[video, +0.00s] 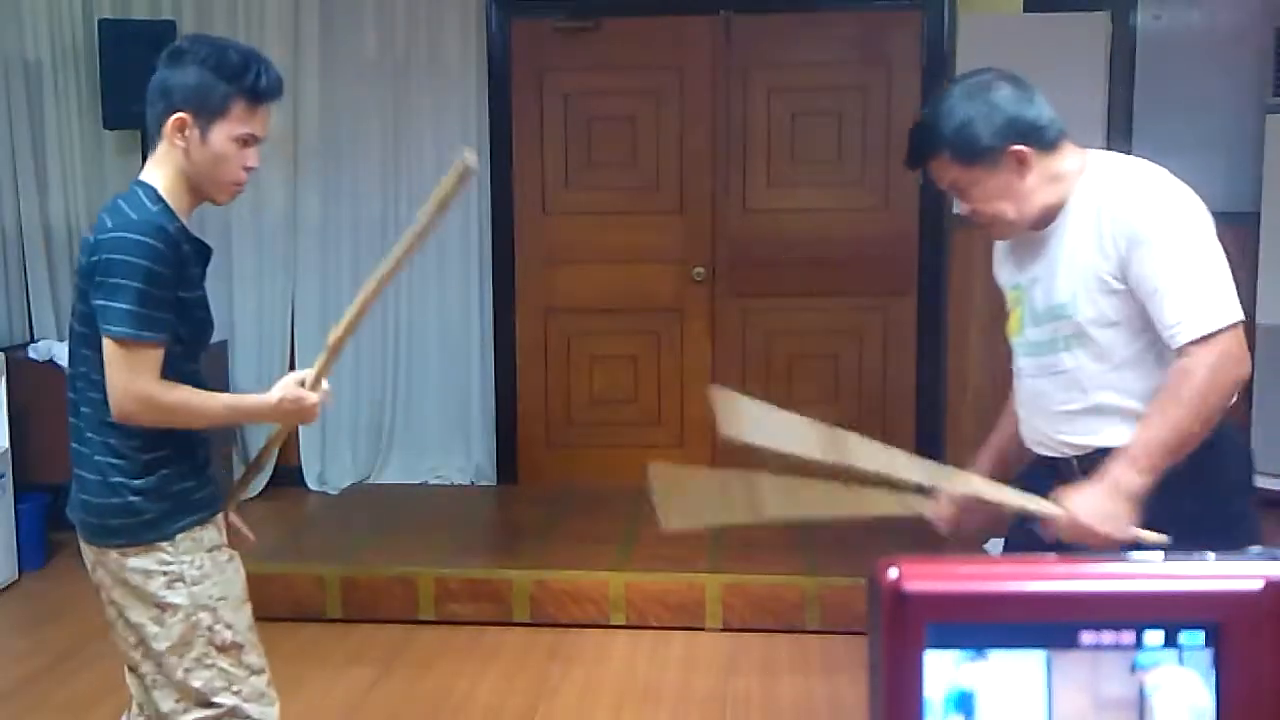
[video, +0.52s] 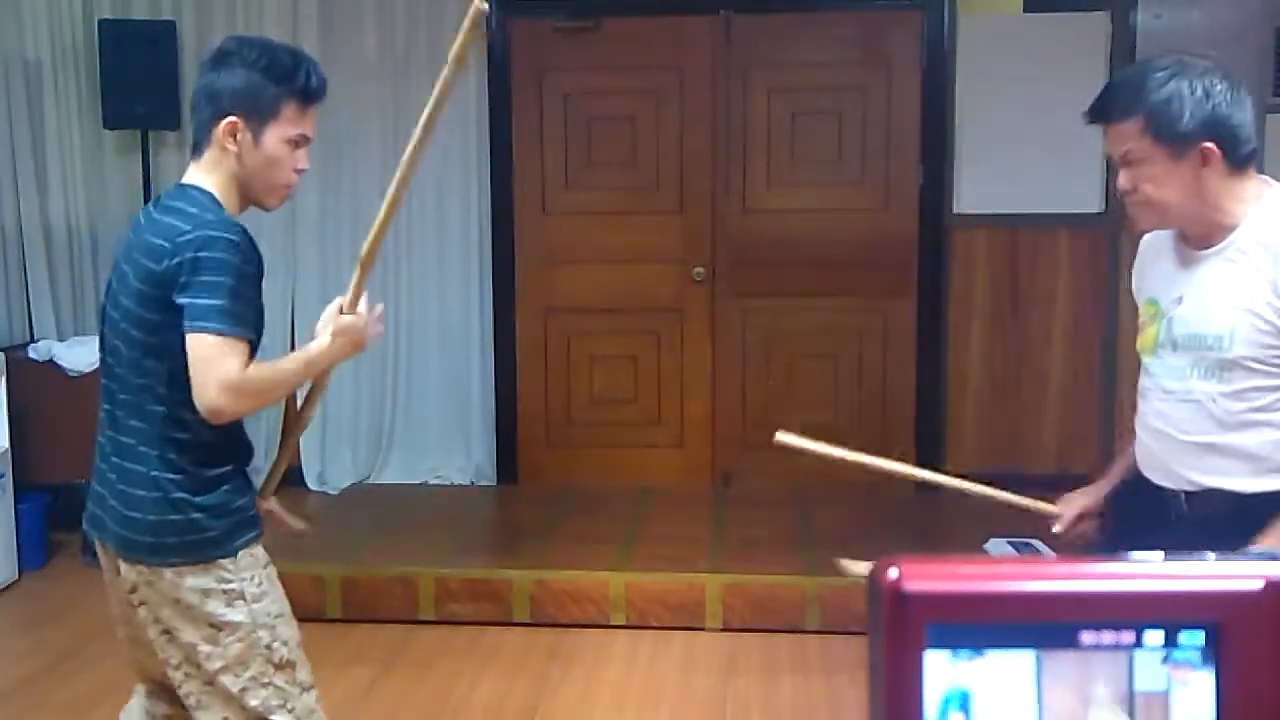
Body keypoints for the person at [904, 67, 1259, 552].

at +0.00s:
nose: (963, 211)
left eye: (964, 192)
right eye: (955, 197)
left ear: (1019, 161)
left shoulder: (1146, 202)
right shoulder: (1012, 239)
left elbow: (1220, 357)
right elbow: (1041, 381)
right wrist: (979, 481)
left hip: (1175, 491)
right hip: (1053, 492)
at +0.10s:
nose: (996, 206)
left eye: (998, 185)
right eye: (988, 189)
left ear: (1056, 159)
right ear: (1057, 161)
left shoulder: (1180, 208)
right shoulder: (1041, 235)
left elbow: (1223, 370)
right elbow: (1060, 357)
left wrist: (1081, 454)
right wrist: (972, 437)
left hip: (1197, 494)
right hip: (1083, 500)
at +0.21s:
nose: (1040, 204)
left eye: (1046, 183)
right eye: (1035, 185)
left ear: (1109, 164)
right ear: (1109, 166)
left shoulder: (1223, 226)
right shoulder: (1081, 242)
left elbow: (1239, 393)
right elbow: (1080, 373)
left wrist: (1080, 454)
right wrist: (973, 420)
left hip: (1222, 510)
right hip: (1107, 508)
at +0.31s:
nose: (1084, 206)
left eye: (1092, 184)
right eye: (1080, 186)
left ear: (1161, 169)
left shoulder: (1262, 242)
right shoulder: (1122, 258)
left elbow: (1270, 414)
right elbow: (1115, 391)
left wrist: (1119, 492)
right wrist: (1005, 440)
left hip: (1245, 531)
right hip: (1140, 531)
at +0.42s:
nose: (1116, 198)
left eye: (1126, 177)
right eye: (1112, 180)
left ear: (1197, 167)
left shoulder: (1270, 254)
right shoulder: (1147, 255)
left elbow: (1274, 460)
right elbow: (1149, 402)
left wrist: (1184, 534)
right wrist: (1072, 471)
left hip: (1254, 541)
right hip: (1153, 519)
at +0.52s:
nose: (1120, 184)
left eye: (1132, 162)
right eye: (1116, 166)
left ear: (1205, 158)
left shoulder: (1270, 248)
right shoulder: (1153, 252)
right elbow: (1163, 402)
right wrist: (1104, 489)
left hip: (1251, 526)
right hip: (1149, 514)